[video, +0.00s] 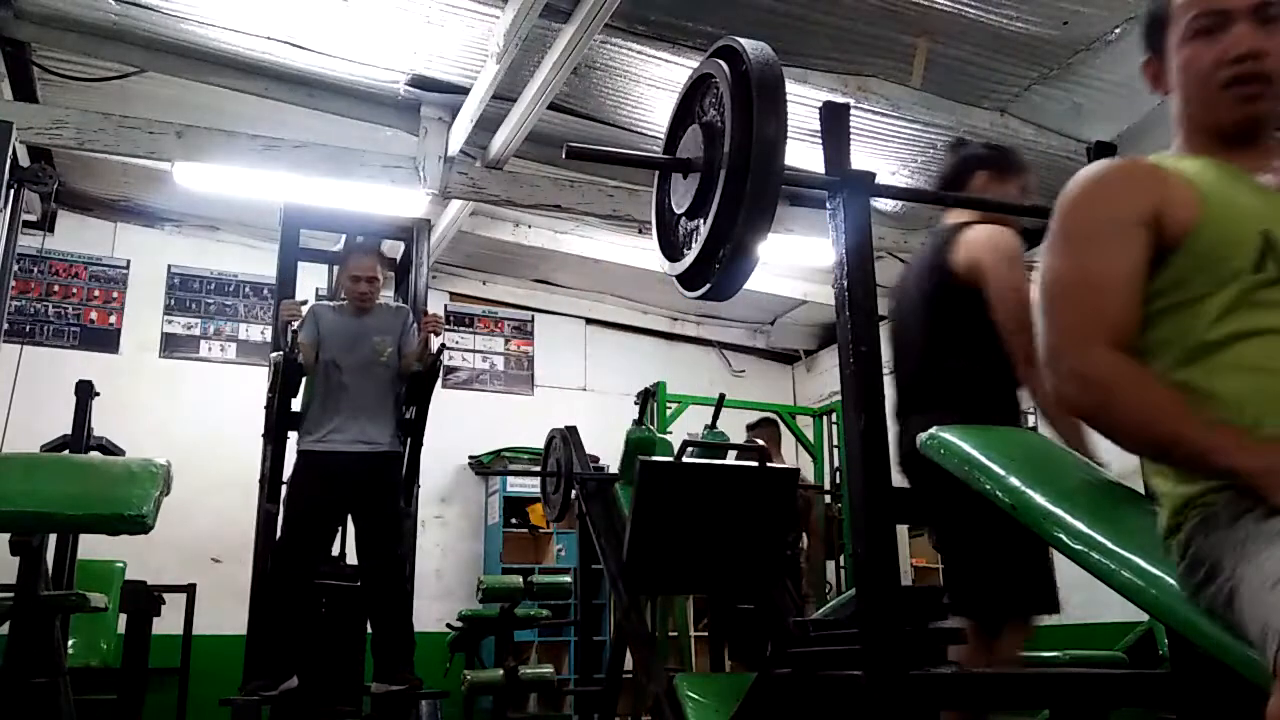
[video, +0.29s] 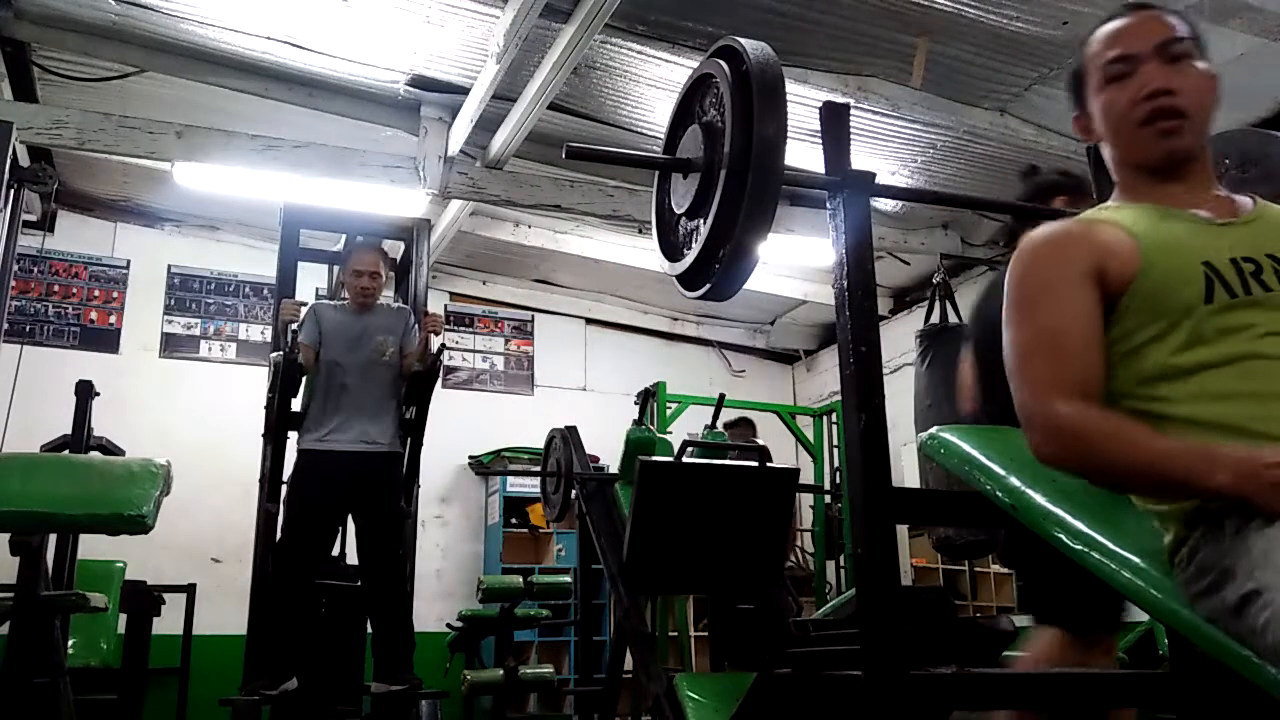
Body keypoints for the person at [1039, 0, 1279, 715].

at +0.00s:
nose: (1247, 45)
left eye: (1266, 21)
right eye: (1209, 28)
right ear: (1159, 75)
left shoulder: (1274, 185)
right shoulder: (1126, 187)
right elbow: (1078, 369)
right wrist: (1253, 457)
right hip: (1237, 504)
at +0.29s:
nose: (1155, 80)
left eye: (1176, 57)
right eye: (1121, 73)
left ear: (1213, 86)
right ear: (1087, 124)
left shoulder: (1271, 219)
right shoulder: (1065, 247)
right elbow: (1055, 425)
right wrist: (1246, 469)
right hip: (1234, 533)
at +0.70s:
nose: (1182, 57)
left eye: (1203, 33)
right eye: (1143, 45)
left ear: (1232, 62)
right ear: (1102, 97)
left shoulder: (1273, 206)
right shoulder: (1069, 241)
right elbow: (1038, 423)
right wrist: (1194, 407)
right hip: (1239, 534)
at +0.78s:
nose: (1199, 55)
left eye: (1220, 30)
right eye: (1161, 41)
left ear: (1248, 59)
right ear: (1113, 90)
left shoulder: (1274, 200)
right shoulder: (1071, 236)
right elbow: (1033, 424)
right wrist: (1131, 350)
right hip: (1236, 523)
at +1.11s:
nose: (1254, 48)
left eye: (1270, 25)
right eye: (1214, 30)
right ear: (1154, 70)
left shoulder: (1276, 194)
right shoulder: (1092, 219)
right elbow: (1034, 407)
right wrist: (1121, 278)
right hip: (1241, 524)